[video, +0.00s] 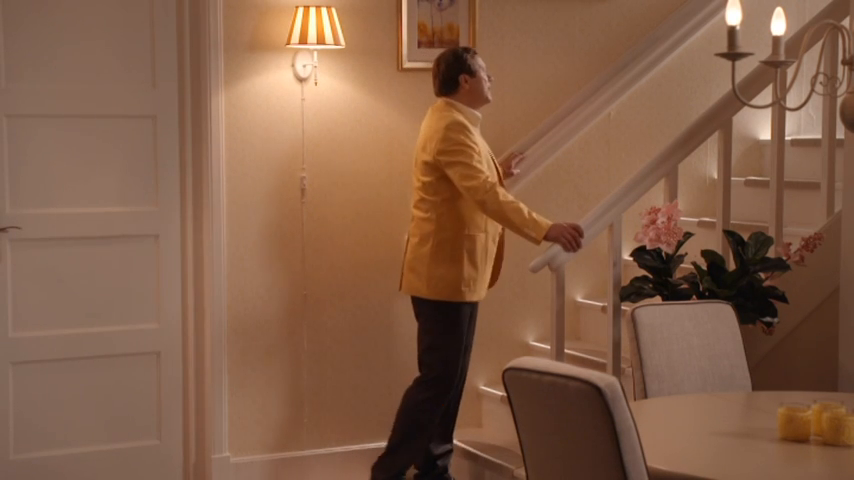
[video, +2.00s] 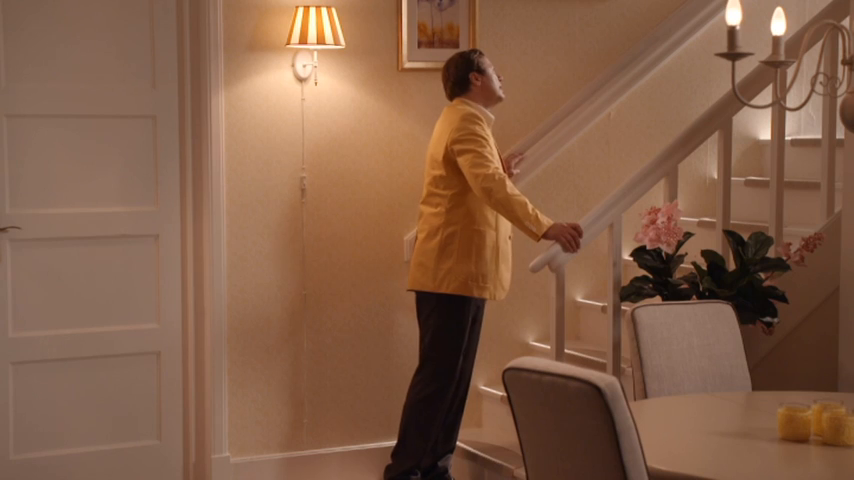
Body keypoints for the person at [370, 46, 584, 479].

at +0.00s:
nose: (491, 82)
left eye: (488, 74)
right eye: (485, 75)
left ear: (461, 82)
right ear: (466, 81)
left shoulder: (456, 121)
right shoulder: (450, 125)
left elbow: (459, 194)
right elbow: (485, 193)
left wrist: (496, 177)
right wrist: (545, 228)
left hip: (458, 272)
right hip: (442, 273)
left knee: (451, 379)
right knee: (438, 380)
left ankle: (433, 470)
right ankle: (388, 472)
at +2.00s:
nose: (500, 80)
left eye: (496, 72)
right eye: (493, 72)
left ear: (471, 80)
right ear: (476, 78)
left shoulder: (465, 120)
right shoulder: (465, 120)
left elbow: (463, 194)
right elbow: (491, 185)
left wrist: (500, 175)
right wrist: (545, 227)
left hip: (465, 271)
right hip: (450, 271)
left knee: (455, 376)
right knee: (440, 374)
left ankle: (434, 468)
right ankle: (407, 471)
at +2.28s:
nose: (496, 78)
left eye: (493, 72)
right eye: (486, 72)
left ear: (470, 83)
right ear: (459, 82)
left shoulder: (475, 128)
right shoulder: (450, 125)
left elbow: (475, 189)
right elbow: (460, 189)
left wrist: (507, 183)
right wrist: (518, 231)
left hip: (474, 274)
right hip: (445, 274)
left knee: (458, 379)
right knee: (436, 377)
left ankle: (436, 467)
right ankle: (406, 470)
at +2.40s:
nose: (490, 79)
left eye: (490, 73)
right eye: (479, 74)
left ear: (492, 84)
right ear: (454, 85)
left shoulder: (483, 135)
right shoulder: (443, 124)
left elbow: (490, 206)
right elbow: (426, 188)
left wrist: (531, 213)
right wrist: (464, 246)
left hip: (479, 282)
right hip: (442, 278)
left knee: (461, 382)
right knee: (437, 379)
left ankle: (438, 469)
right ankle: (410, 471)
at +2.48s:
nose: (484, 80)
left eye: (488, 74)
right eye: (473, 75)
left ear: (494, 84)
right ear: (452, 87)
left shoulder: (492, 139)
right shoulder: (436, 128)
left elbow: (491, 209)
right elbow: (411, 194)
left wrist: (528, 217)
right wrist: (417, 260)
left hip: (481, 282)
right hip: (440, 279)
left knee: (463, 386)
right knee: (435, 383)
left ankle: (439, 469)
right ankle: (412, 472)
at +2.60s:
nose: (476, 79)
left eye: (483, 73)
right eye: (467, 73)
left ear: (494, 85)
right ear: (452, 86)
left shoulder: (509, 142)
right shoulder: (429, 127)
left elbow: (516, 197)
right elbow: (391, 186)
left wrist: (520, 211)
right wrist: (360, 247)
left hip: (482, 268)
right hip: (432, 264)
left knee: (463, 379)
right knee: (429, 375)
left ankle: (442, 469)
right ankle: (413, 470)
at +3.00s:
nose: (436, 87)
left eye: (447, 81)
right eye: (436, 79)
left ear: (474, 91)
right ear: (434, 83)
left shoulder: (501, 146)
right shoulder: (410, 126)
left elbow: (520, 207)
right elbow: (383, 191)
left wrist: (487, 222)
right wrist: (366, 246)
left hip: (453, 271)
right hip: (399, 263)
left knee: (445, 376)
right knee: (377, 365)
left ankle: (444, 472)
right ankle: (353, 468)